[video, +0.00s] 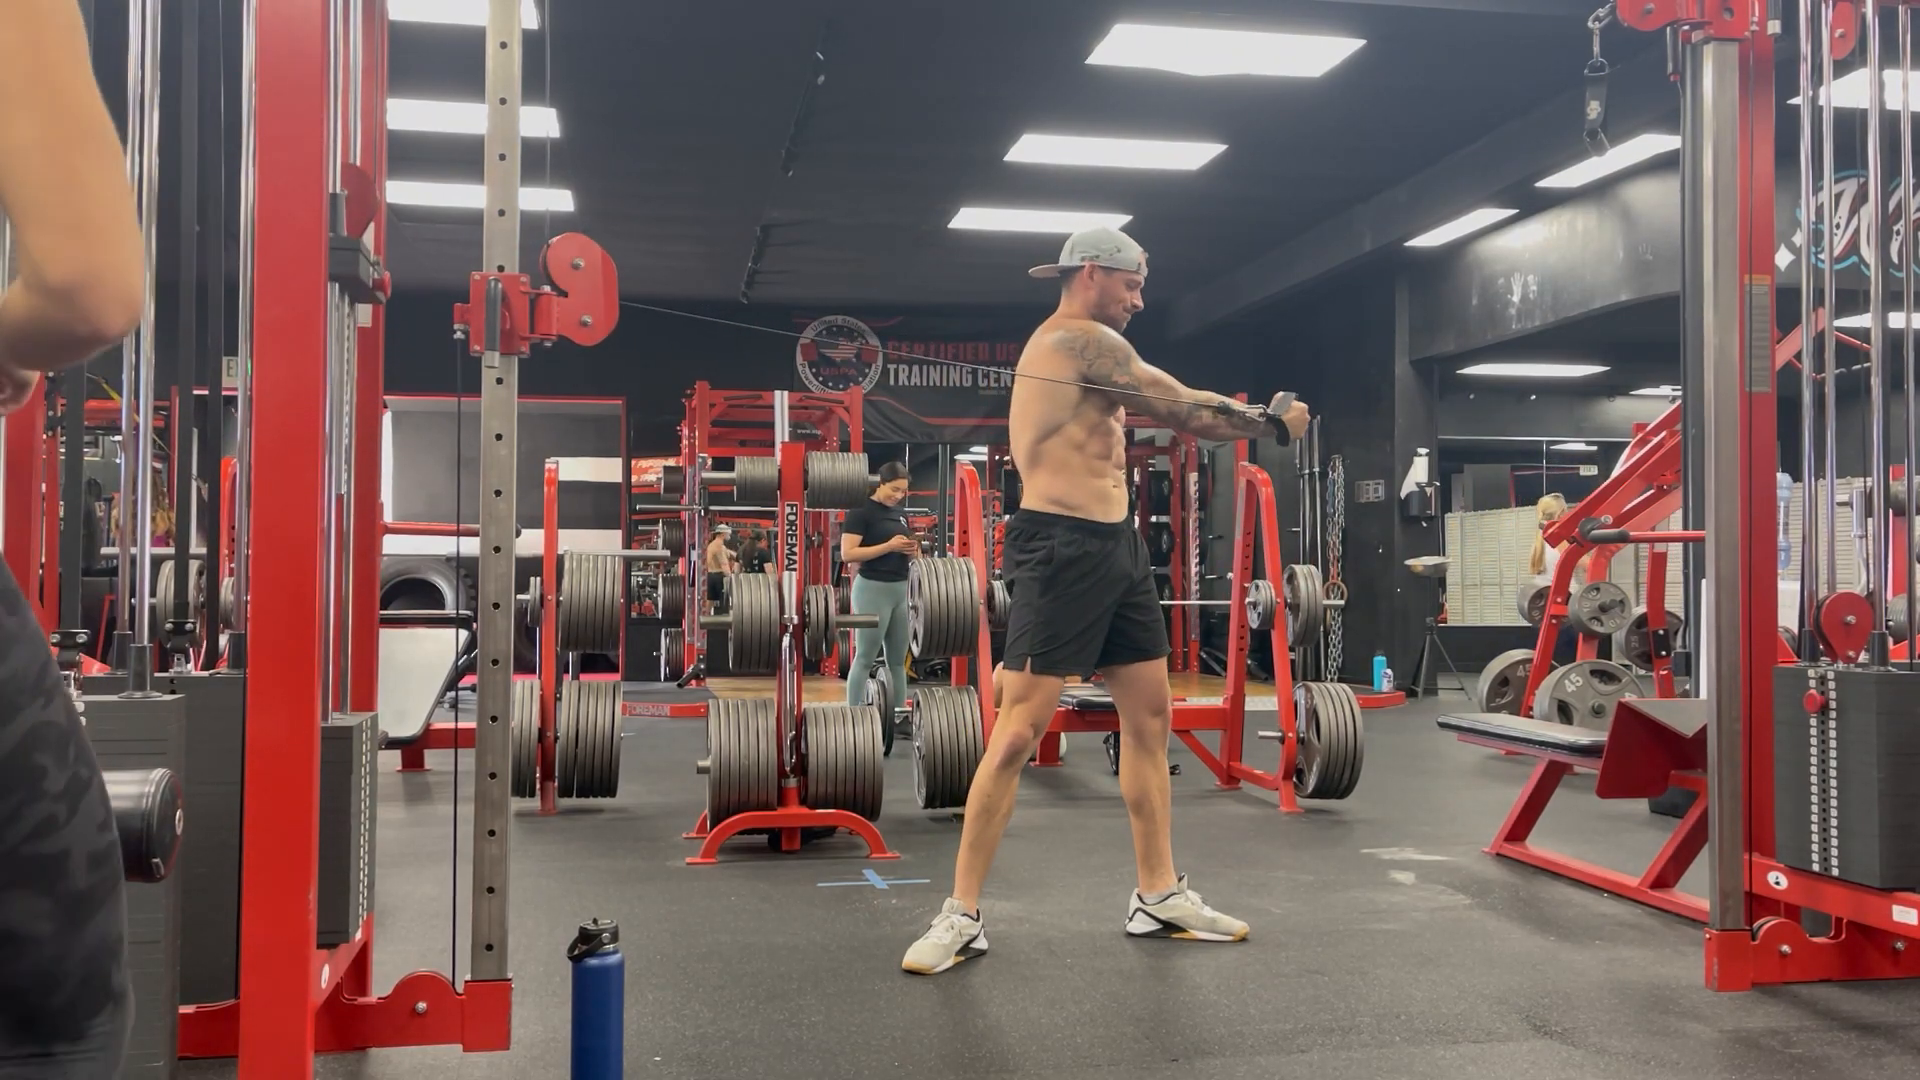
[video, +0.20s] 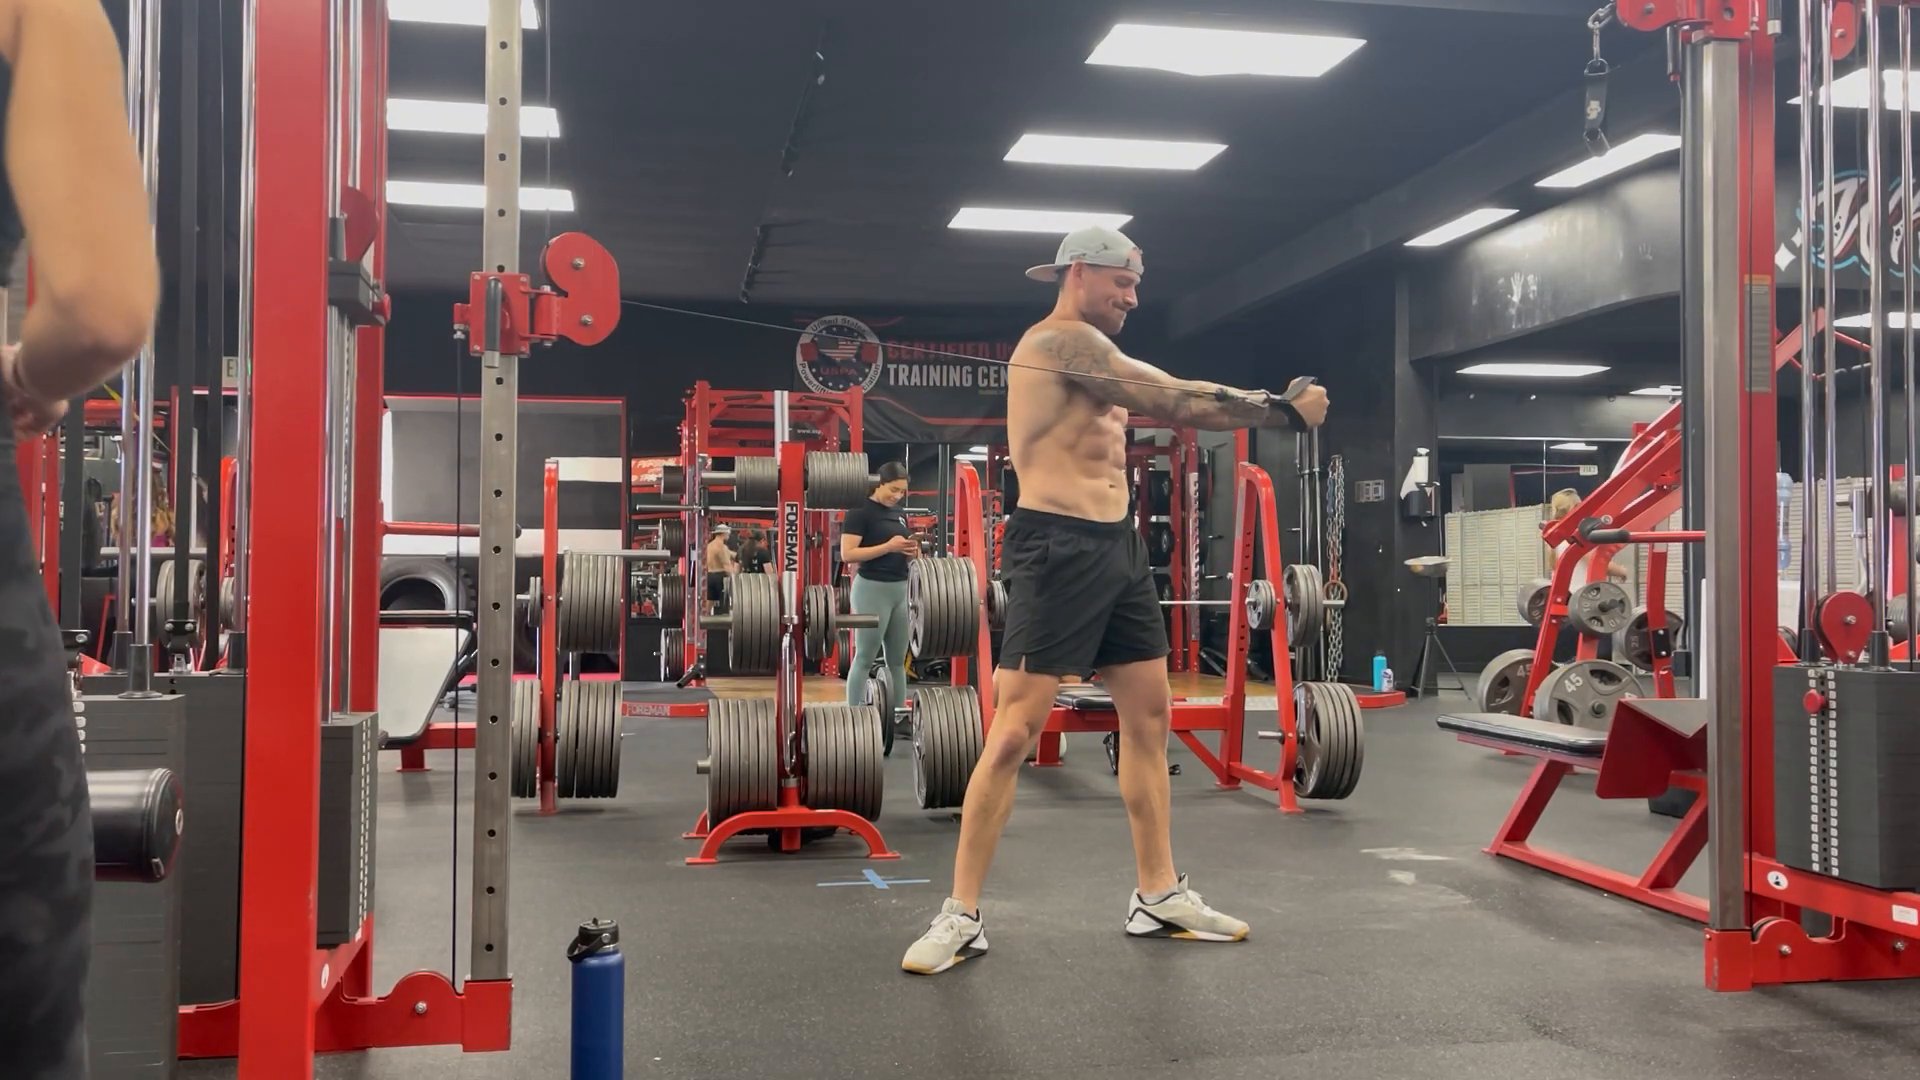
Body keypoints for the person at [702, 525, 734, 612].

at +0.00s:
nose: (730, 536)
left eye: (730, 534)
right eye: (728, 534)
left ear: (721, 534)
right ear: (722, 534)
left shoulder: (711, 545)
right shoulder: (720, 547)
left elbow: (726, 552)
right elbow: (724, 565)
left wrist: (734, 555)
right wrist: (729, 576)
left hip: (711, 573)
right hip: (719, 573)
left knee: (710, 599)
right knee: (722, 600)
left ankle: (707, 617)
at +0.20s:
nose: (728, 536)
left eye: (728, 534)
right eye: (727, 534)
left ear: (718, 534)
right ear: (723, 534)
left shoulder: (710, 545)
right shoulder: (722, 547)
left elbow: (727, 552)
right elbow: (726, 564)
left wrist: (735, 555)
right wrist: (733, 574)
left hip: (711, 572)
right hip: (721, 572)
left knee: (710, 599)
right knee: (722, 600)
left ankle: (707, 616)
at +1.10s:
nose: (710, 535)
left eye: (711, 533)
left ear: (712, 534)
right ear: (723, 534)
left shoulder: (707, 546)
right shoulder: (733, 548)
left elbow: (704, 562)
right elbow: (737, 562)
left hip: (712, 573)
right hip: (727, 573)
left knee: (710, 601)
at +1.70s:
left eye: (714, 533)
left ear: (713, 533)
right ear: (724, 533)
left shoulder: (707, 546)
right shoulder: (731, 547)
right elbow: (737, 561)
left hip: (711, 573)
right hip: (726, 573)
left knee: (711, 600)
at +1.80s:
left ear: (713, 533)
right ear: (724, 533)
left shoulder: (707, 546)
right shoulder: (730, 548)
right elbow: (736, 560)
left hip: (710, 573)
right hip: (725, 573)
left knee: (711, 601)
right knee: (724, 601)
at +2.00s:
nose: (725, 534)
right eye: (724, 533)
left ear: (713, 533)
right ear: (723, 534)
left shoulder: (708, 545)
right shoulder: (726, 547)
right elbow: (735, 557)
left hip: (710, 572)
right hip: (724, 572)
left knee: (709, 600)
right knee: (724, 600)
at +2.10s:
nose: (726, 535)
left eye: (725, 533)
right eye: (725, 533)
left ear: (714, 533)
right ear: (723, 534)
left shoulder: (708, 545)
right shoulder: (725, 546)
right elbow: (732, 557)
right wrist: (736, 552)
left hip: (711, 572)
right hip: (723, 572)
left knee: (710, 600)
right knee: (724, 600)